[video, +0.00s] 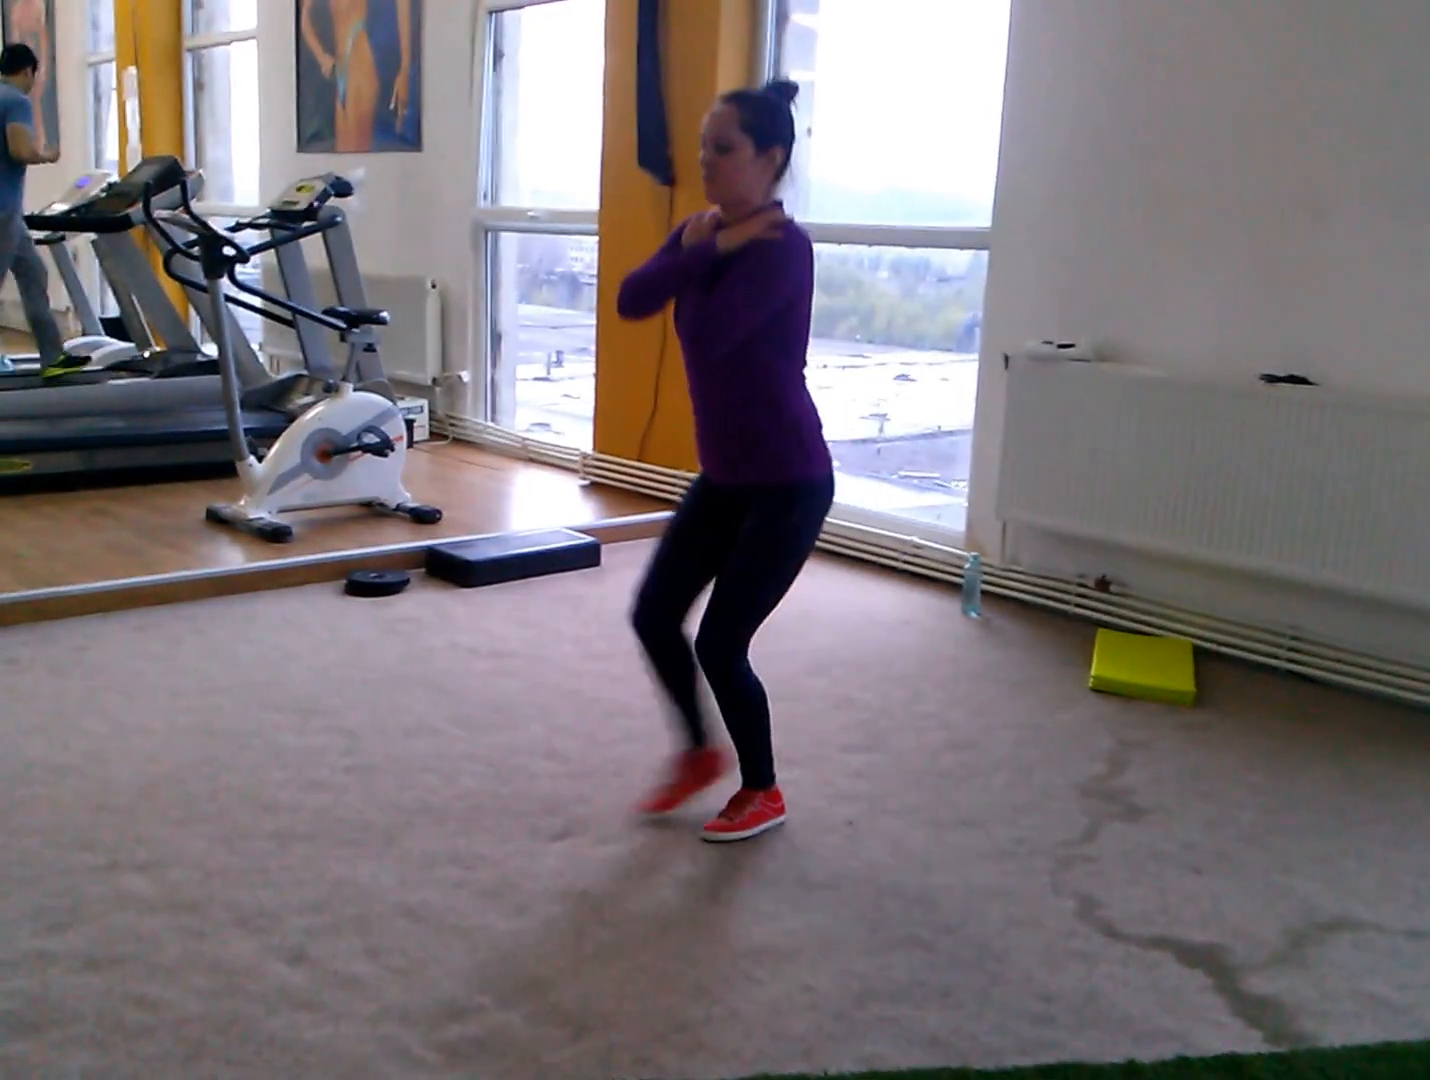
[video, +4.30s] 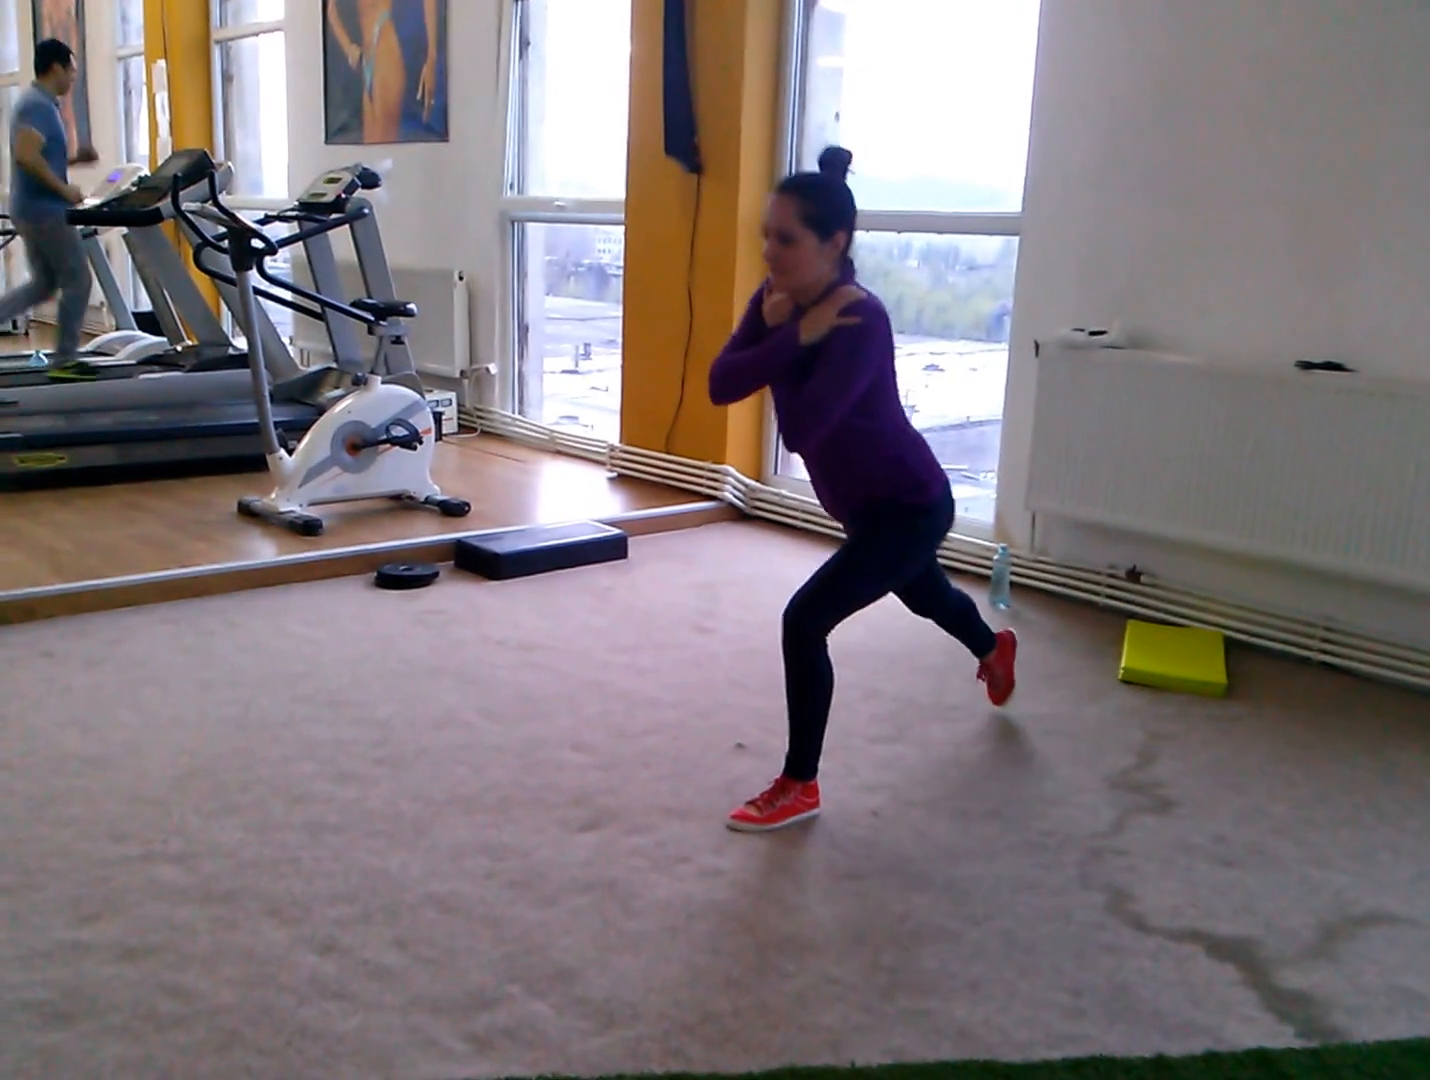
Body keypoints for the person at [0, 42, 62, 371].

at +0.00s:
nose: (34, 81)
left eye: (35, 75)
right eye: (34, 74)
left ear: (7, 70)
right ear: (26, 71)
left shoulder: (8, 99)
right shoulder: (15, 101)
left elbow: (21, 149)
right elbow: (20, 150)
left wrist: (40, 153)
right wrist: (45, 154)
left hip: (10, 213)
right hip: (6, 214)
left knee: (33, 274)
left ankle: (53, 355)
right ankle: (52, 354)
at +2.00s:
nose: (44, 83)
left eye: (43, 76)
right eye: (42, 75)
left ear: (18, 73)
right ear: (31, 73)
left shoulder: (15, 110)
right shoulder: (10, 110)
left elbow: (12, 161)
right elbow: (3, 158)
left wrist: (43, 162)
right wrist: (28, 188)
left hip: (13, 209)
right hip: (12, 210)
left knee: (5, 287)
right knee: (44, 280)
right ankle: (32, 363)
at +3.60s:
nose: (57, 81)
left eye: (56, 74)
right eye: (54, 74)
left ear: (32, 73)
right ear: (39, 73)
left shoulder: (22, 109)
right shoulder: (21, 111)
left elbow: (18, 167)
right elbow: (17, 165)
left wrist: (51, 180)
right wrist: (57, 197)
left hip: (20, 210)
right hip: (19, 211)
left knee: (43, 280)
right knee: (51, 283)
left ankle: (3, 319)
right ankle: (22, 360)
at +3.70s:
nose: (59, 77)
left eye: (58, 70)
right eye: (57, 70)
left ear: (31, 70)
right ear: (44, 69)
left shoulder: (13, 102)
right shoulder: (29, 106)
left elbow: (25, 164)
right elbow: (32, 161)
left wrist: (62, 177)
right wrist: (71, 178)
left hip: (25, 210)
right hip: (20, 211)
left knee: (66, 269)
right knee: (23, 282)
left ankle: (33, 349)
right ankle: (1, 351)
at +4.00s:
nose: (61, 79)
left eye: (61, 72)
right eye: (59, 72)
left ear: (33, 73)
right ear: (46, 72)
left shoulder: (19, 104)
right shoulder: (35, 107)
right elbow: (27, 157)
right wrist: (66, 192)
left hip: (18, 211)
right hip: (30, 212)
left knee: (44, 286)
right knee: (70, 281)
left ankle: (20, 357)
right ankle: (10, 326)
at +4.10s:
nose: (65, 73)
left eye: (65, 66)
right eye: (62, 65)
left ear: (40, 65)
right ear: (49, 65)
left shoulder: (35, 99)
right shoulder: (30, 98)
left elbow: (39, 159)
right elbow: (15, 143)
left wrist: (75, 159)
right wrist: (52, 172)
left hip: (20, 208)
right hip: (33, 207)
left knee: (15, 281)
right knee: (82, 265)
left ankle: (2, 344)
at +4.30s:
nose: (72, 77)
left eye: (72, 70)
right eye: (69, 70)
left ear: (47, 70)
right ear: (54, 69)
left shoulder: (37, 102)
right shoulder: (39, 107)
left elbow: (40, 154)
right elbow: (27, 154)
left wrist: (75, 158)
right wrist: (65, 189)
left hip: (32, 210)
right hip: (44, 211)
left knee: (45, 283)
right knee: (77, 279)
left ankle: (1, 312)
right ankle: (66, 357)